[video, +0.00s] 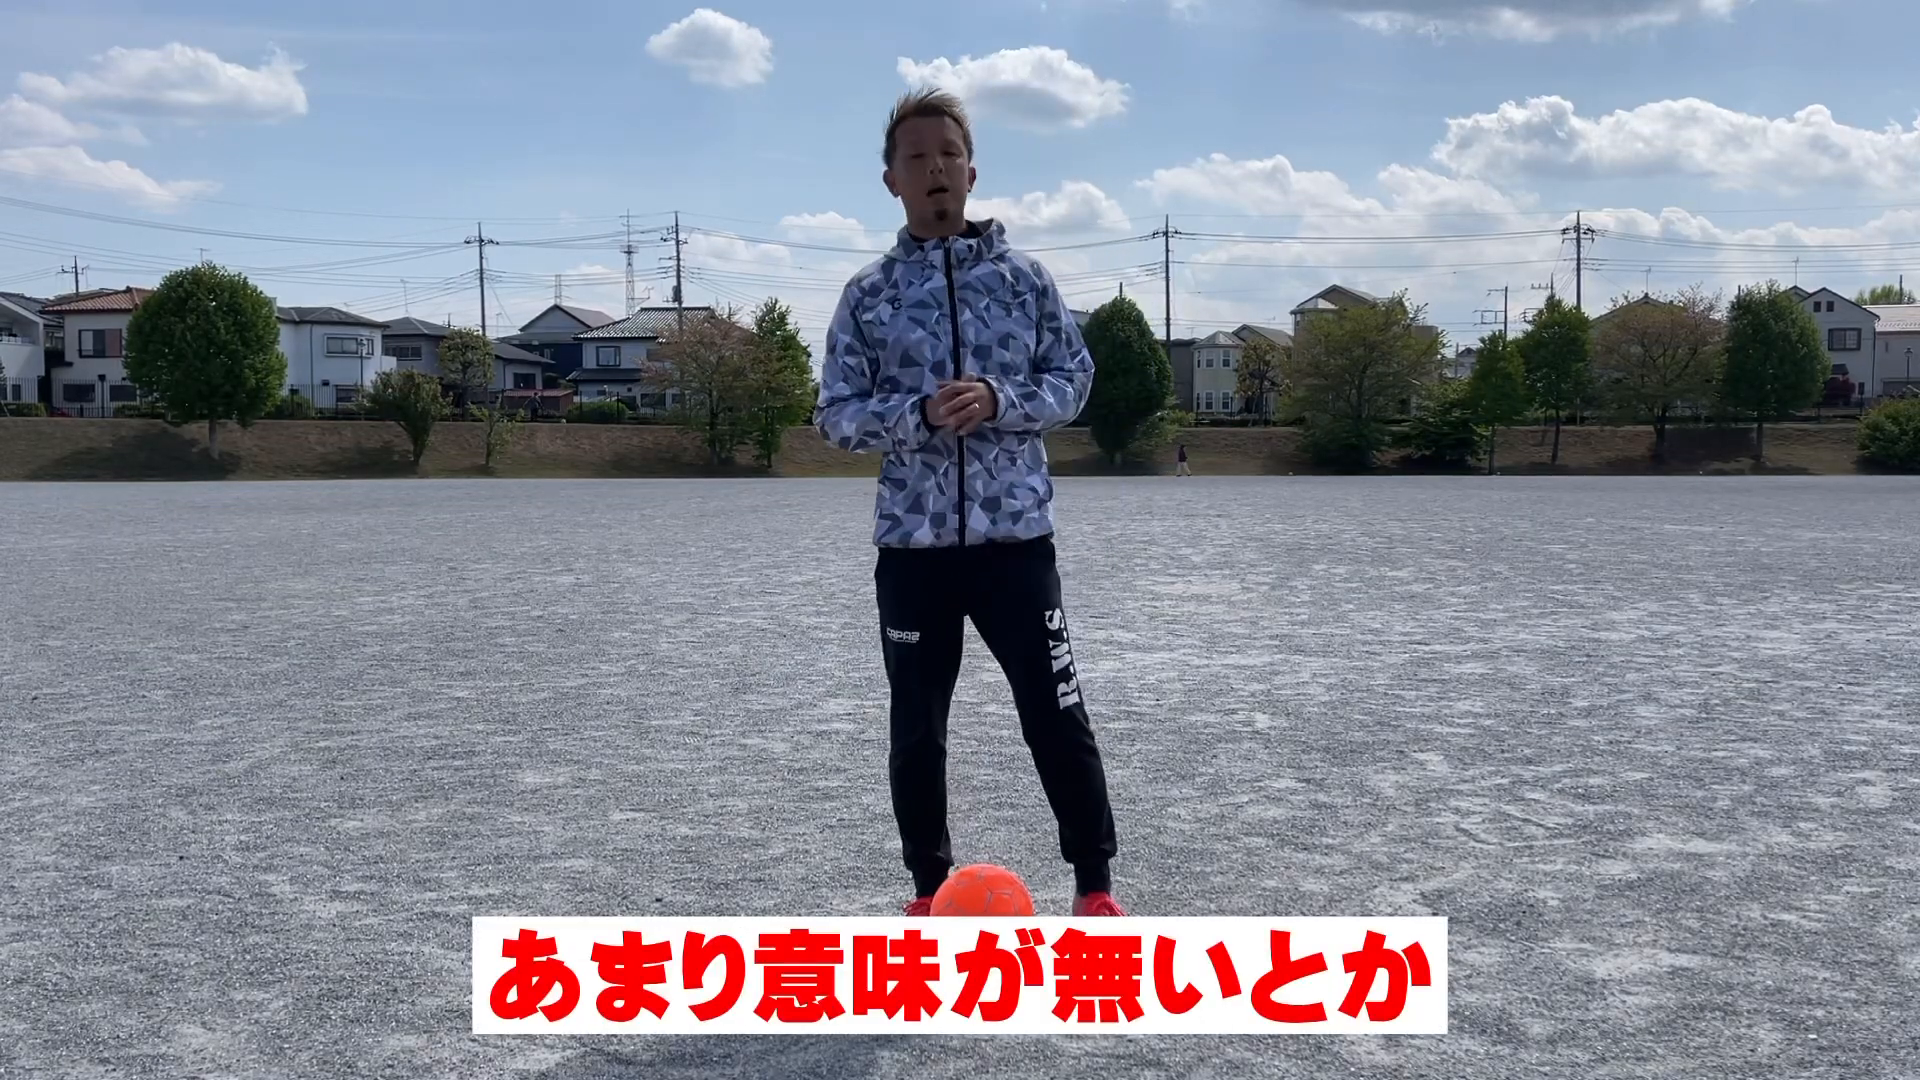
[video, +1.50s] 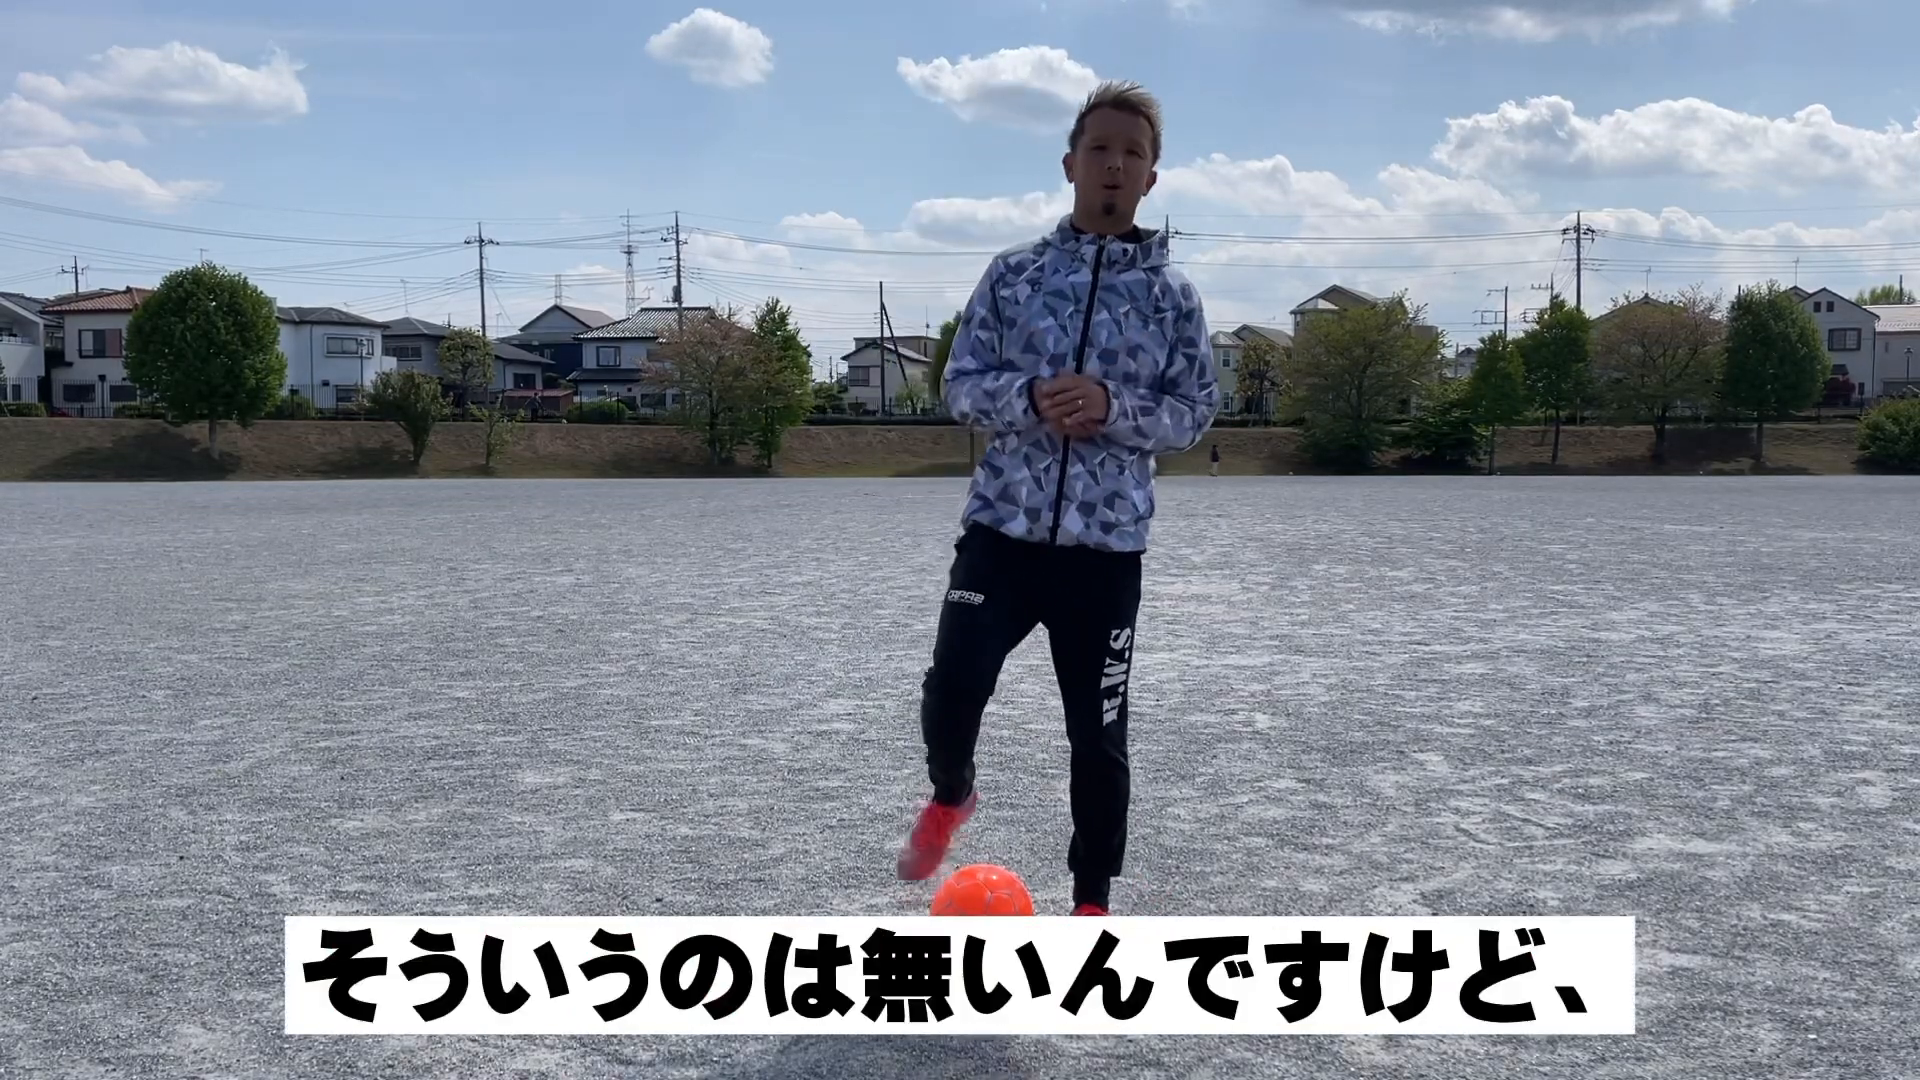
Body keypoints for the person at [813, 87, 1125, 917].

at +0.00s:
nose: (936, 169)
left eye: (948, 153)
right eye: (916, 156)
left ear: (971, 167)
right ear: (891, 178)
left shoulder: (1023, 279)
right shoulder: (867, 295)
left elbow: (1073, 384)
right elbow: (836, 414)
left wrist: (1002, 399)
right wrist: (918, 414)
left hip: (1012, 535)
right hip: (913, 540)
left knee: (1055, 708)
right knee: (916, 723)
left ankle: (1094, 886)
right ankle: (927, 892)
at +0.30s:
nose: (903, 179)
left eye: (915, 161)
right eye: (883, 167)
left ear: (940, 167)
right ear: (859, 185)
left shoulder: (1000, 267)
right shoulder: (847, 300)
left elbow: (1058, 365)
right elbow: (829, 426)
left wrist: (992, 404)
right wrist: (909, 426)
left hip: (1012, 531)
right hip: (911, 544)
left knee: (1071, 703)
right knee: (916, 727)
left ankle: (1128, 877)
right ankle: (929, 892)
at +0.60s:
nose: (914, 179)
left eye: (925, 160)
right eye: (893, 167)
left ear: (949, 166)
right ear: (870, 183)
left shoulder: (1011, 268)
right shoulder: (856, 299)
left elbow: (1068, 373)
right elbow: (837, 419)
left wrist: (995, 406)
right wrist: (910, 421)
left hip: (1019, 532)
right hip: (917, 544)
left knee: (1069, 707)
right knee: (920, 729)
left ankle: (1117, 882)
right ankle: (928, 895)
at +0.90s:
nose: (983, 168)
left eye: (997, 152)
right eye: (964, 155)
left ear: (1020, 166)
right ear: (939, 174)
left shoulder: (1069, 282)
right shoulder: (908, 293)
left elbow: (1114, 386)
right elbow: (877, 412)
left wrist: (1052, 390)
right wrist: (938, 431)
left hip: (1040, 538)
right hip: (941, 540)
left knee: (1065, 725)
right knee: (932, 726)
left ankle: (1090, 898)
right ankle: (932, 892)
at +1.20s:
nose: (1067, 161)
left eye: (1083, 149)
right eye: (1051, 147)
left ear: (1102, 169)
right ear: (1022, 165)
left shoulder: (1134, 288)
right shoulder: (972, 281)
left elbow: (1171, 400)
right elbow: (916, 393)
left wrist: (1131, 372)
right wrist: (946, 374)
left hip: (1086, 538)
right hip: (984, 534)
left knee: (1090, 728)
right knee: (954, 725)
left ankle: (1093, 898)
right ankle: (930, 891)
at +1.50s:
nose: (1114, 164)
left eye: (1132, 153)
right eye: (1099, 148)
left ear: (1151, 176)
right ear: (1070, 163)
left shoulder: (1172, 295)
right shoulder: (1013, 273)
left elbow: (1193, 416)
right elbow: (961, 388)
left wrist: (1113, 409)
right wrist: (1029, 399)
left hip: (1103, 544)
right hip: (1002, 532)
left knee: (1098, 733)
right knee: (948, 696)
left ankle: (1092, 903)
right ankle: (951, 801)